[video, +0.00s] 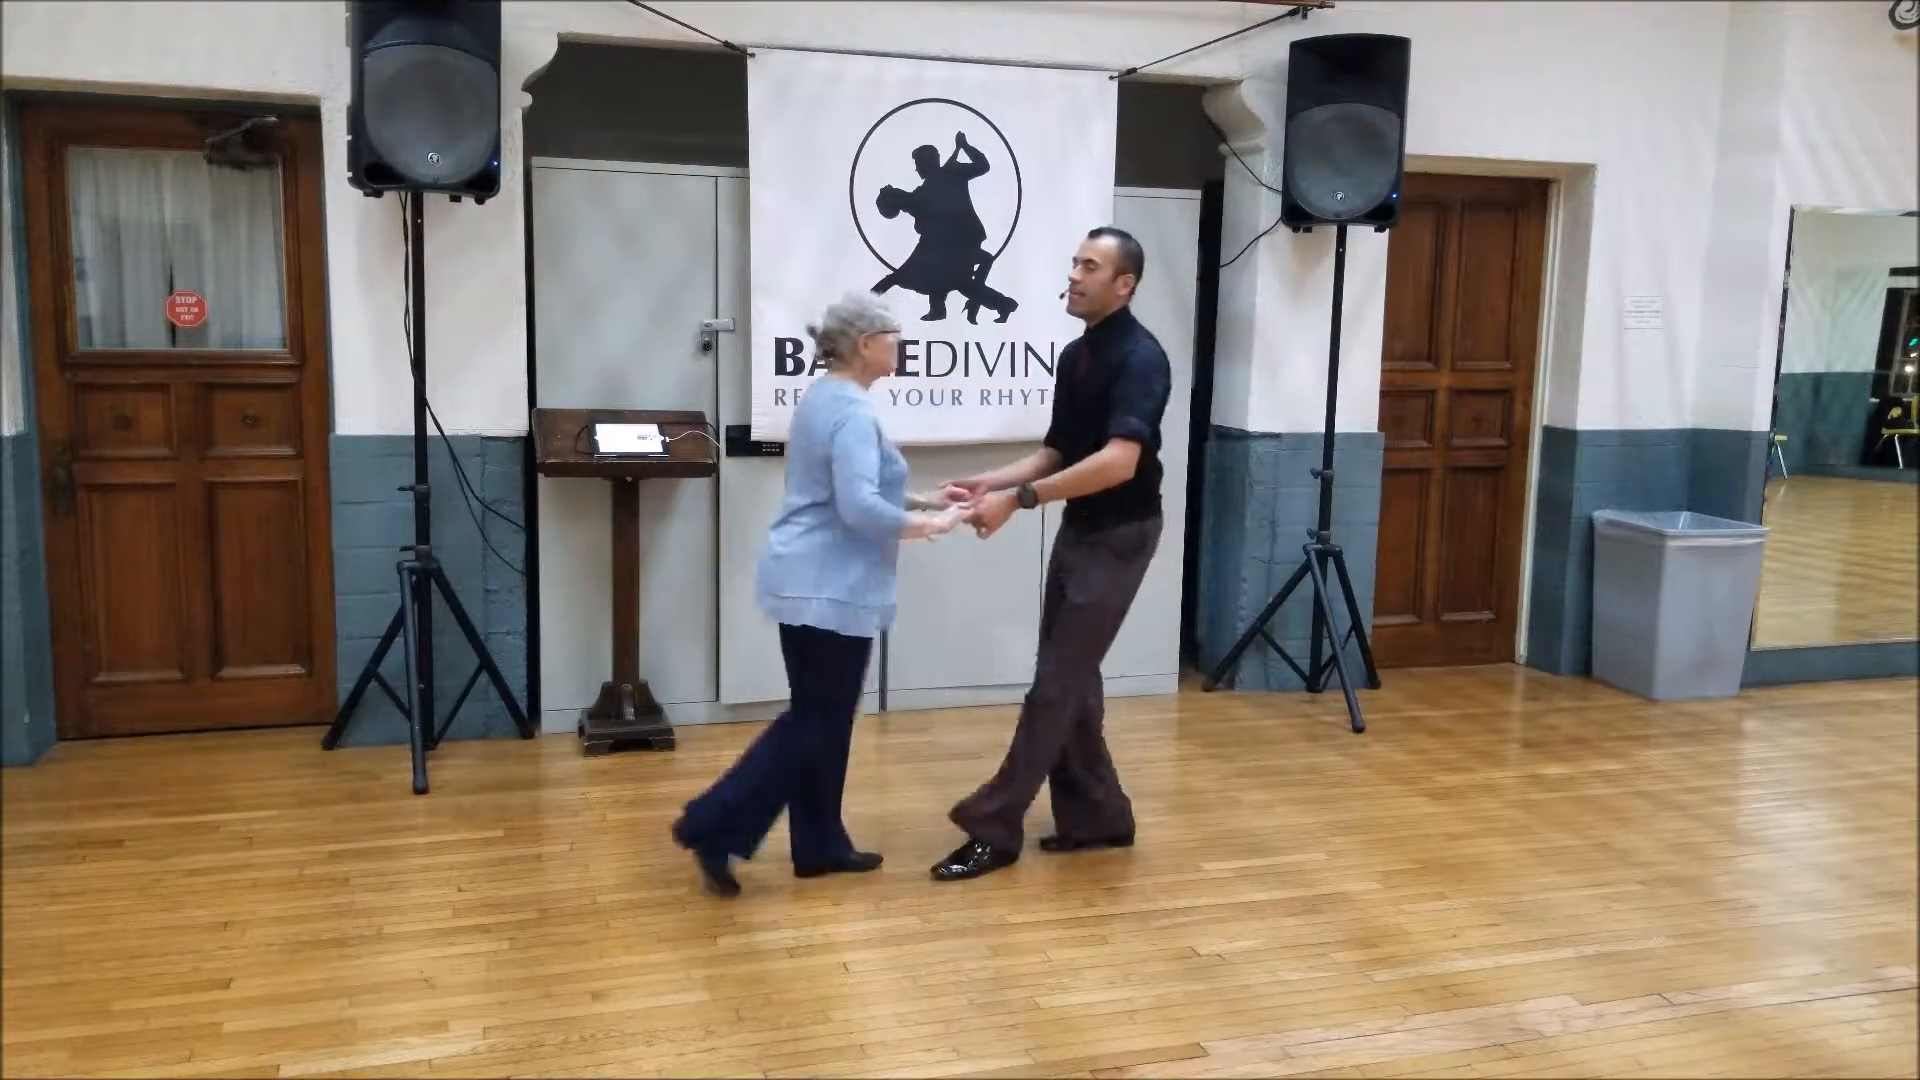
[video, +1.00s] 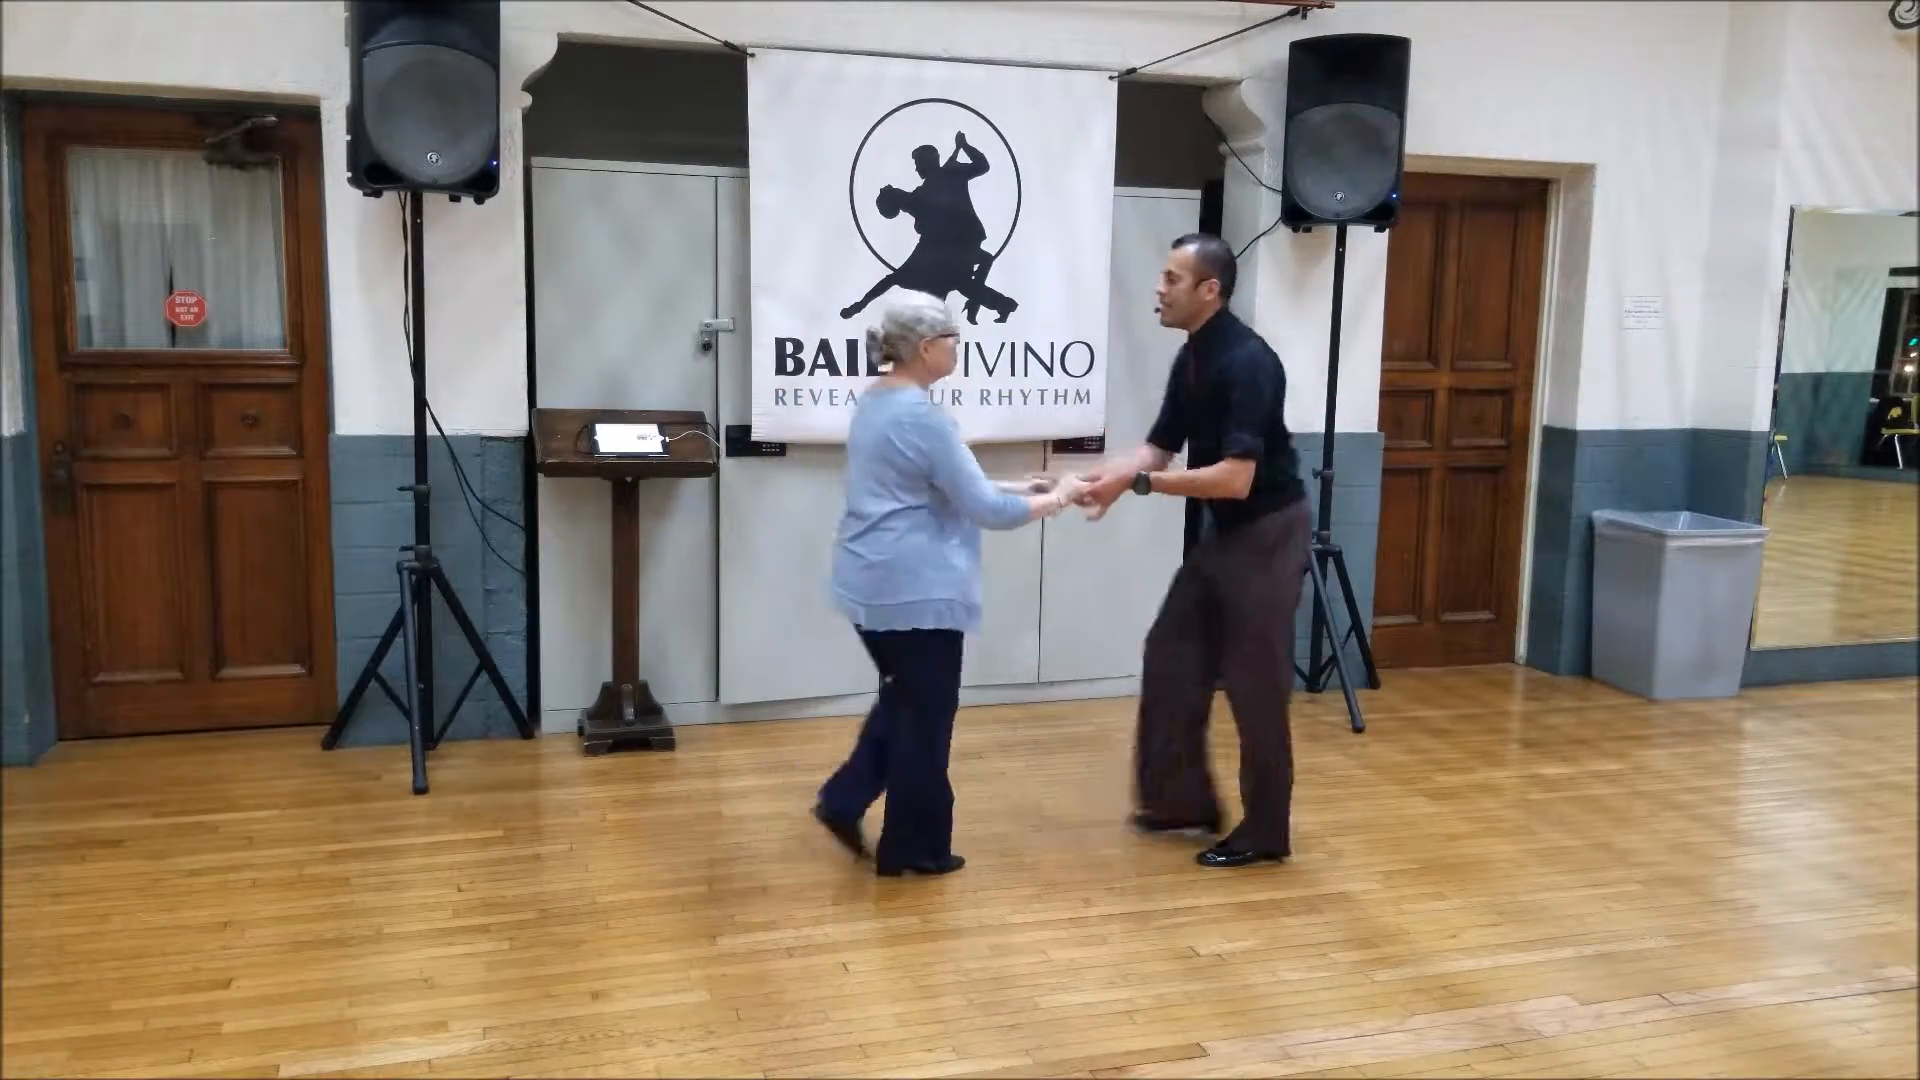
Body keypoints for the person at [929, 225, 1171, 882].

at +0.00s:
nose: (1073, 275)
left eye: (1088, 267)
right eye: (1075, 264)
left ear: (1125, 283)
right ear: (1081, 276)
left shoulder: (1140, 356)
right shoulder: (1078, 353)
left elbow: (1120, 461)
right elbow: (1057, 451)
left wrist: (1020, 497)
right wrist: (990, 482)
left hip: (1121, 532)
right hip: (1080, 525)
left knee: (1060, 674)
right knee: (1065, 672)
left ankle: (997, 830)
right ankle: (1097, 817)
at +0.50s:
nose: (1079, 272)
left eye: (1094, 265)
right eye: (1080, 261)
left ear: (1131, 277)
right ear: (1081, 269)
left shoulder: (1156, 355)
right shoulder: (1071, 351)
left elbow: (1152, 468)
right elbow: (1041, 446)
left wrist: (1056, 471)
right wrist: (966, 473)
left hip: (1132, 531)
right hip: (1082, 524)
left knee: (1074, 669)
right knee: (1047, 667)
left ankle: (1035, 829)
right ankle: (1074, 812)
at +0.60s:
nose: (1096, 266)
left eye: (1110, 258)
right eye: (1096, 255)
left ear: (1148, 270)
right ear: (1098, 264)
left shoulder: (1178, 348)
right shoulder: (1086, 349)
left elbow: (1183, 459)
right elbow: (1051, 447)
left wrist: (1083, 453)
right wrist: (974, 467)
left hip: (1151, 526)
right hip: (1098, 521)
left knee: (1095, 652)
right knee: (1062, 659)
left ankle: (1128, 817)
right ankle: (1060, 817)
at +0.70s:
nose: (1111, 269)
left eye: (1127, 259)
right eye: (1114, 257)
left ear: (1166, 270)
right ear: (1134, 267)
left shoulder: (1198, 347)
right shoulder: (1111, 345)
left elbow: (1210, 456)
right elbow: (1068, 441)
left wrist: (1113, 444)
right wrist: (973, 455)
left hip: (1169, 528)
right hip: (1117, 522)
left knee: (1144, 672)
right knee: (1084, 670)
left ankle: (1213, 816)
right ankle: (1071, 818)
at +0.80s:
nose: (1131, 273)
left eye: (1145, 265)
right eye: (1133, 262)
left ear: (1185, 278)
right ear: (1156, 277)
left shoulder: (1217, 353)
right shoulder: (1136, 353)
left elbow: (1230, 463)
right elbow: (1091, 443)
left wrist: (1134, 445)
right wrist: (987, 458)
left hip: (1201, 536)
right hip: (1147, 530)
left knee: (1198, 684)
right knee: (1107, 670)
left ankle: (1263, 821)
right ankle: (1076, 814)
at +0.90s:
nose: (1144, 279)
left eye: (1159, 270)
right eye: (1147, 267)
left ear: (1198, 282)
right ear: (1173, 279)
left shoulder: (1232, 355)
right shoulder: (1160, 355)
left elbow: (1239, 470)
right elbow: (1118, 441)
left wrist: (1141, 460)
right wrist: (1076, 463)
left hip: (1238, 533)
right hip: (1187, 528)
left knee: (1232, 678)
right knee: (1143, 662)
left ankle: (1272, 825)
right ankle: (1090, 805)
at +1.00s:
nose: (1159, 289)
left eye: (1172, 280)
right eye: (1161, 278)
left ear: (1209, 289)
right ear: (1194, 289)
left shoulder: (1246, 361)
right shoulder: (1192, 355)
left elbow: (1236, 478)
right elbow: (1163, 447)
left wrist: (1147, 481)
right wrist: (1114, 481)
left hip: (1267, 535)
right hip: (1218, 533)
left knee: (1256, 680)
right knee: (1171, 658)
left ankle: (1266, 833)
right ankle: (1183, 804)